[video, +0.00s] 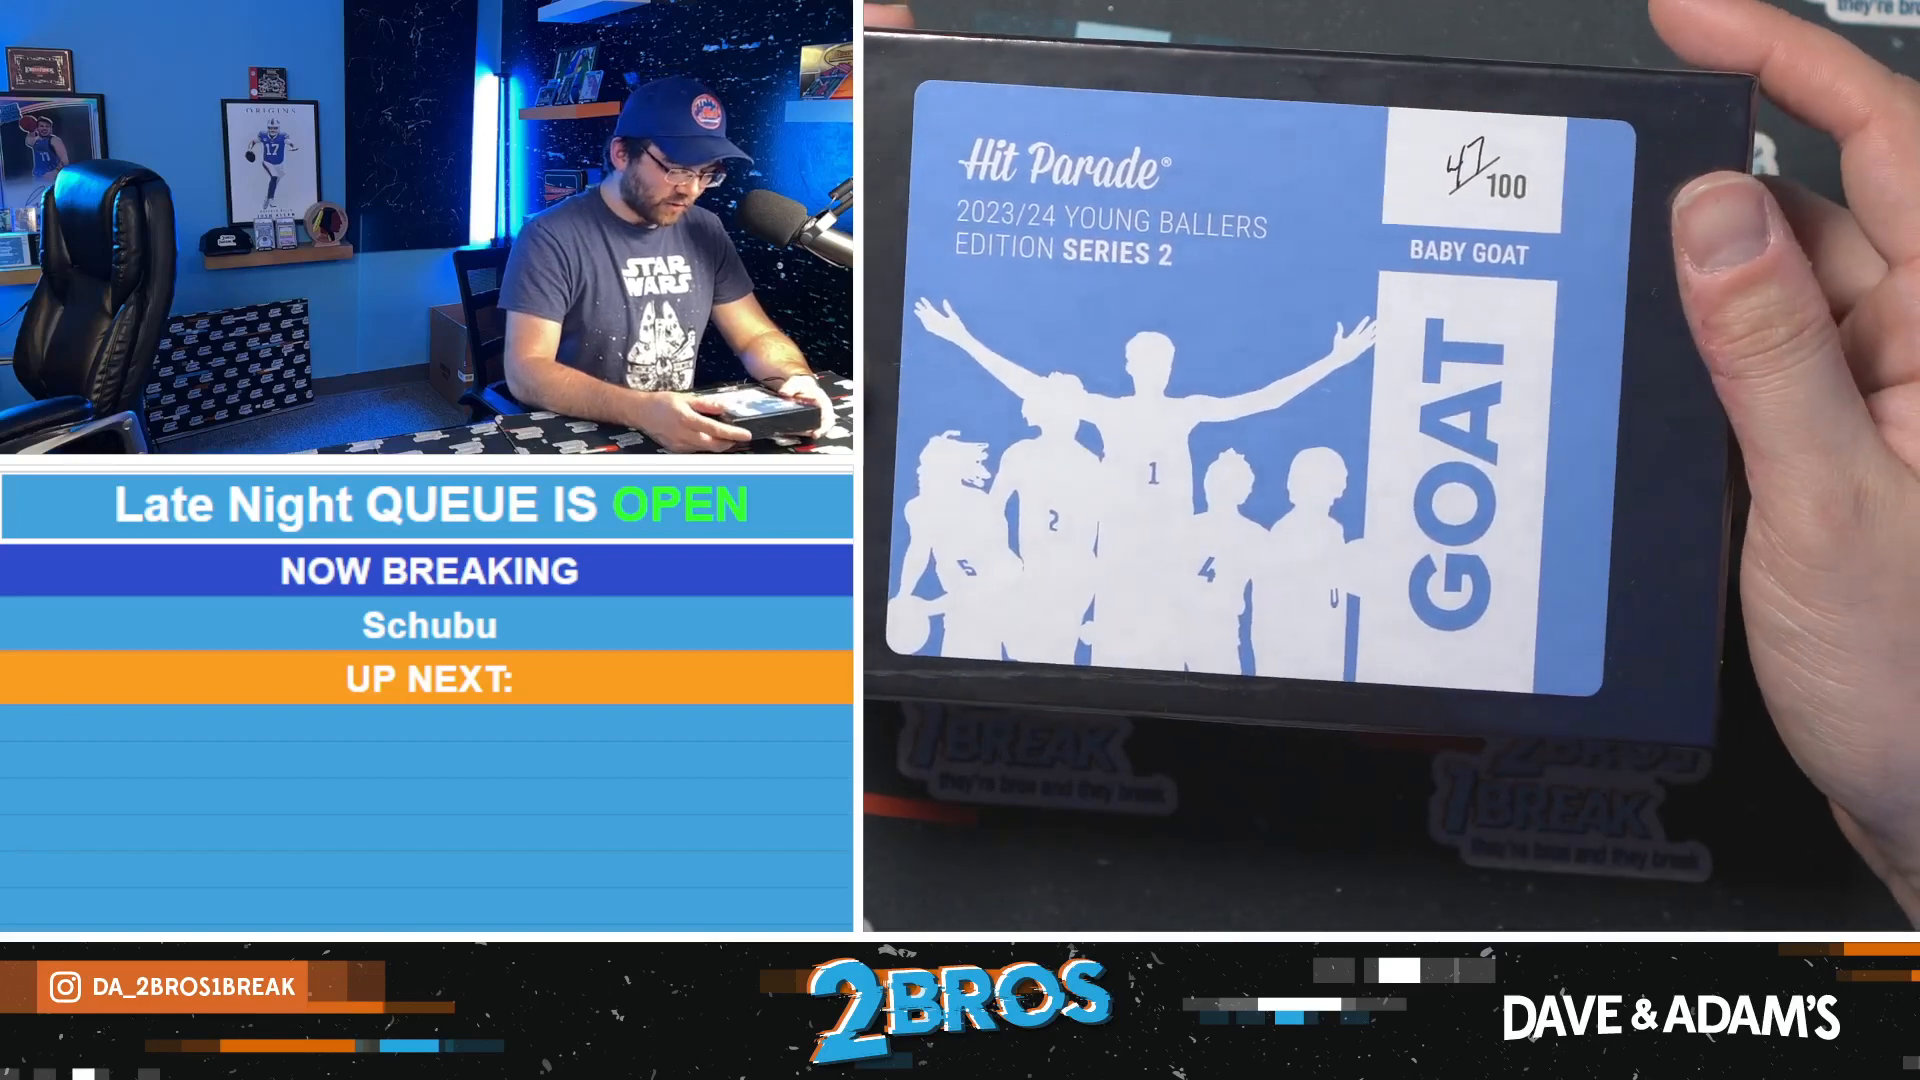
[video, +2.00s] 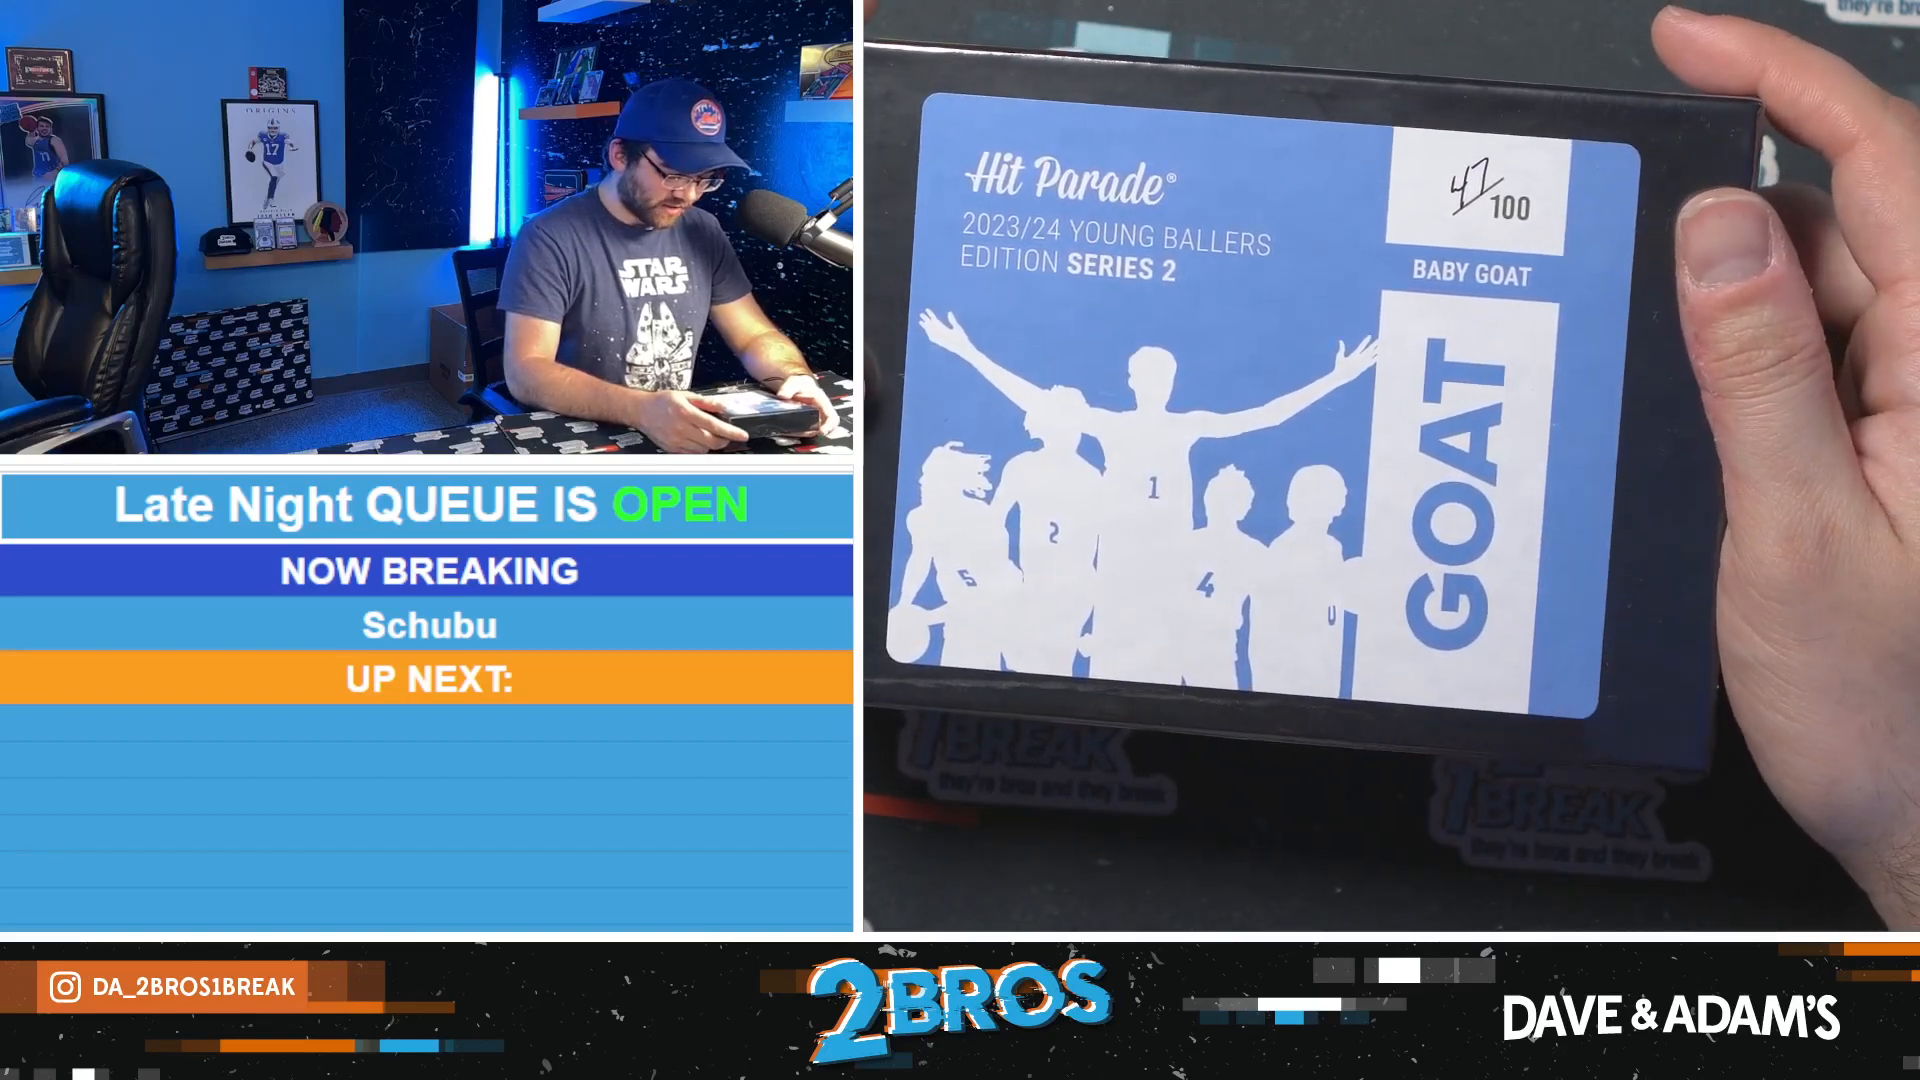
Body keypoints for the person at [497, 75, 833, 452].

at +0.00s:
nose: (691, 189)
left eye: (705, 172)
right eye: (675, 168)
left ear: (717, 168)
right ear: (621, 154)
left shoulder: (702, 230)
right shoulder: (552, 236)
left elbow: (754, 333)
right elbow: (526, 371)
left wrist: (793, 374)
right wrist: (642, 409)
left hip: (681, 457)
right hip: (578, 461)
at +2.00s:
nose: (687, 194)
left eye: (701, 178)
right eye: (672, 172)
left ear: (714, 174)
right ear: (620, 156)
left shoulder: (702, 232)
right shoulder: (553, 237)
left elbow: (756, 335)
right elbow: (528, 372)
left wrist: (795, 376)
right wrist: (643, 409)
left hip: (682, 462)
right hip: (577, 465)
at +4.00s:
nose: (687, 191)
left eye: (702, 173)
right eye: (671, 169)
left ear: (715, 169)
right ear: (619, 154)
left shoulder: (702, 233)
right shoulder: (553, 238)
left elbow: (757, 336)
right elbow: (529, 374)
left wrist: (797, 375)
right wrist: (643, 407)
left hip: (684, 460)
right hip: (579, 464)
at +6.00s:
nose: (606, 152)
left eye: (632, 138)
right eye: (601, 135)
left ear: (682, 154)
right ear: (592, 139)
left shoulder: (710, 233)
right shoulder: (553, 233)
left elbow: (776, 341)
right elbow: (522, 353)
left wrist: (758, 374)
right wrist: (536, 456)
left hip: (680, 450)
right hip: (582, 453)